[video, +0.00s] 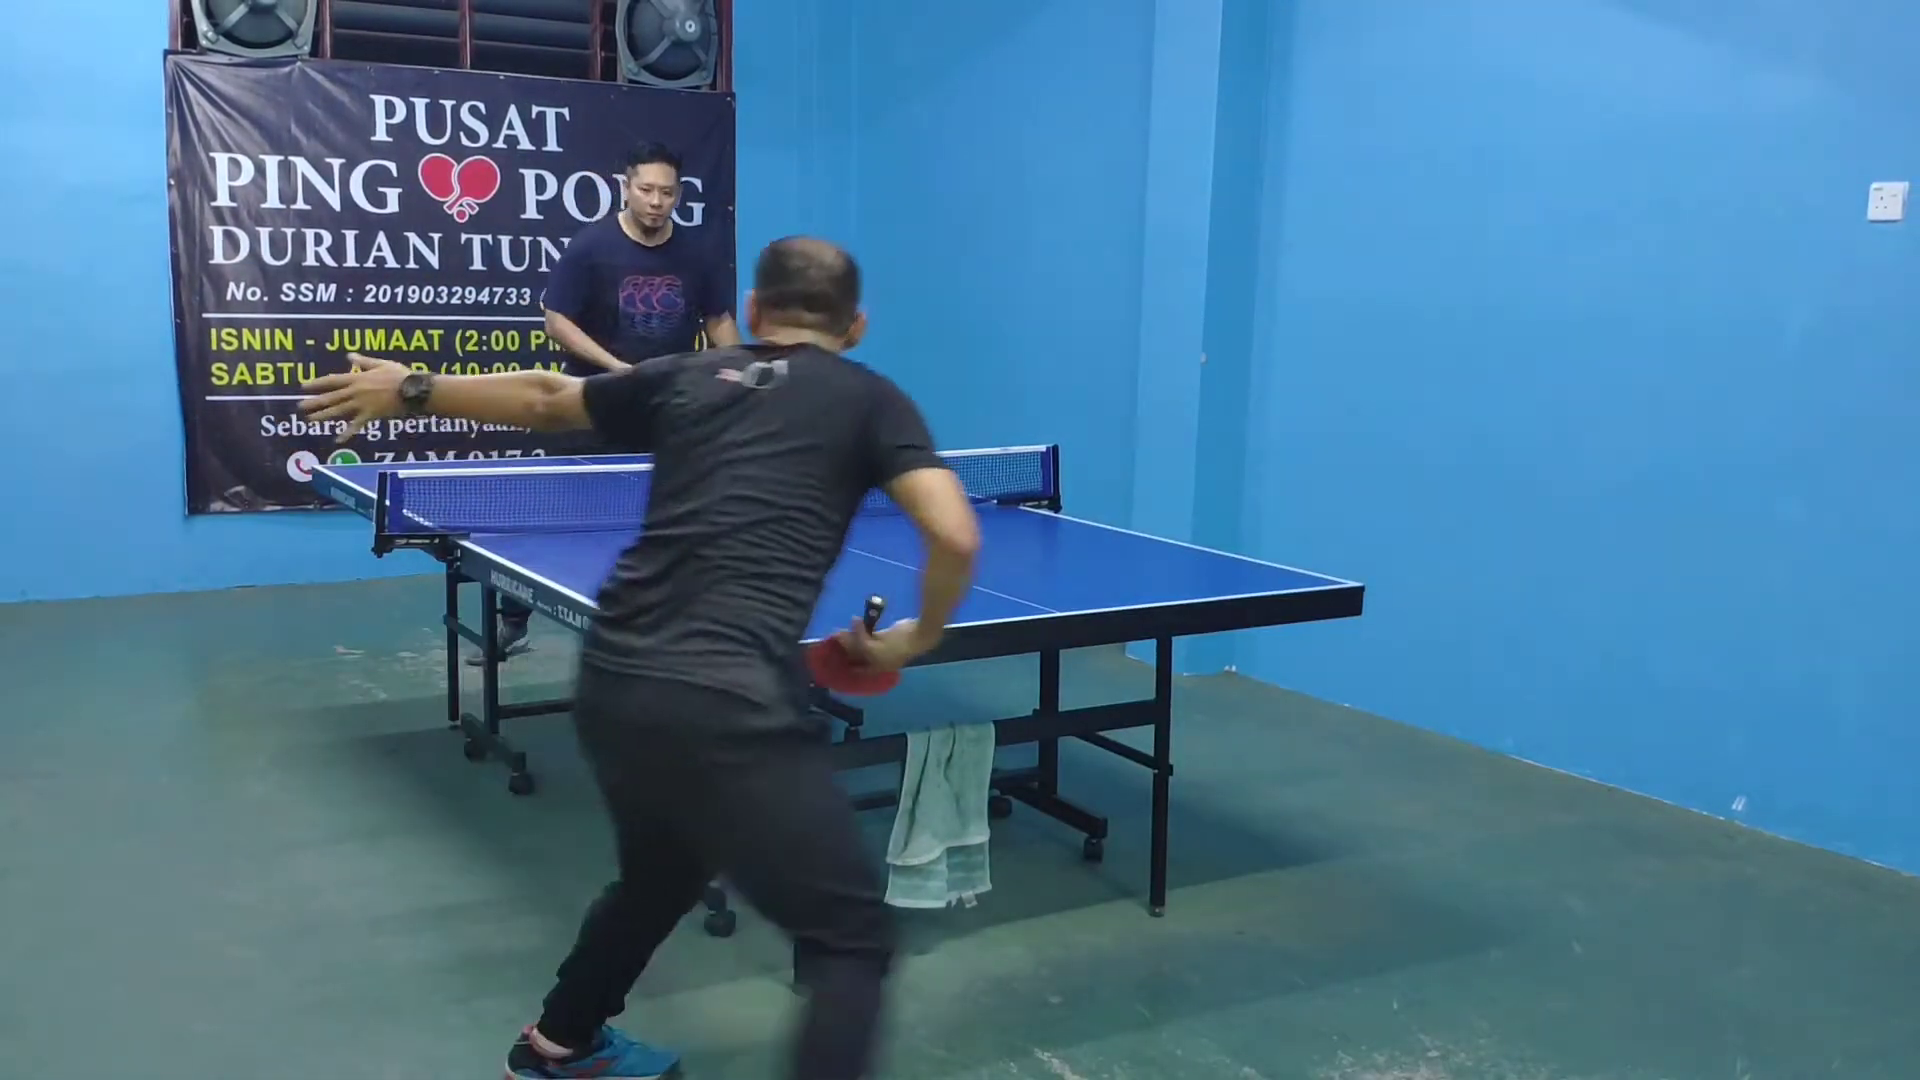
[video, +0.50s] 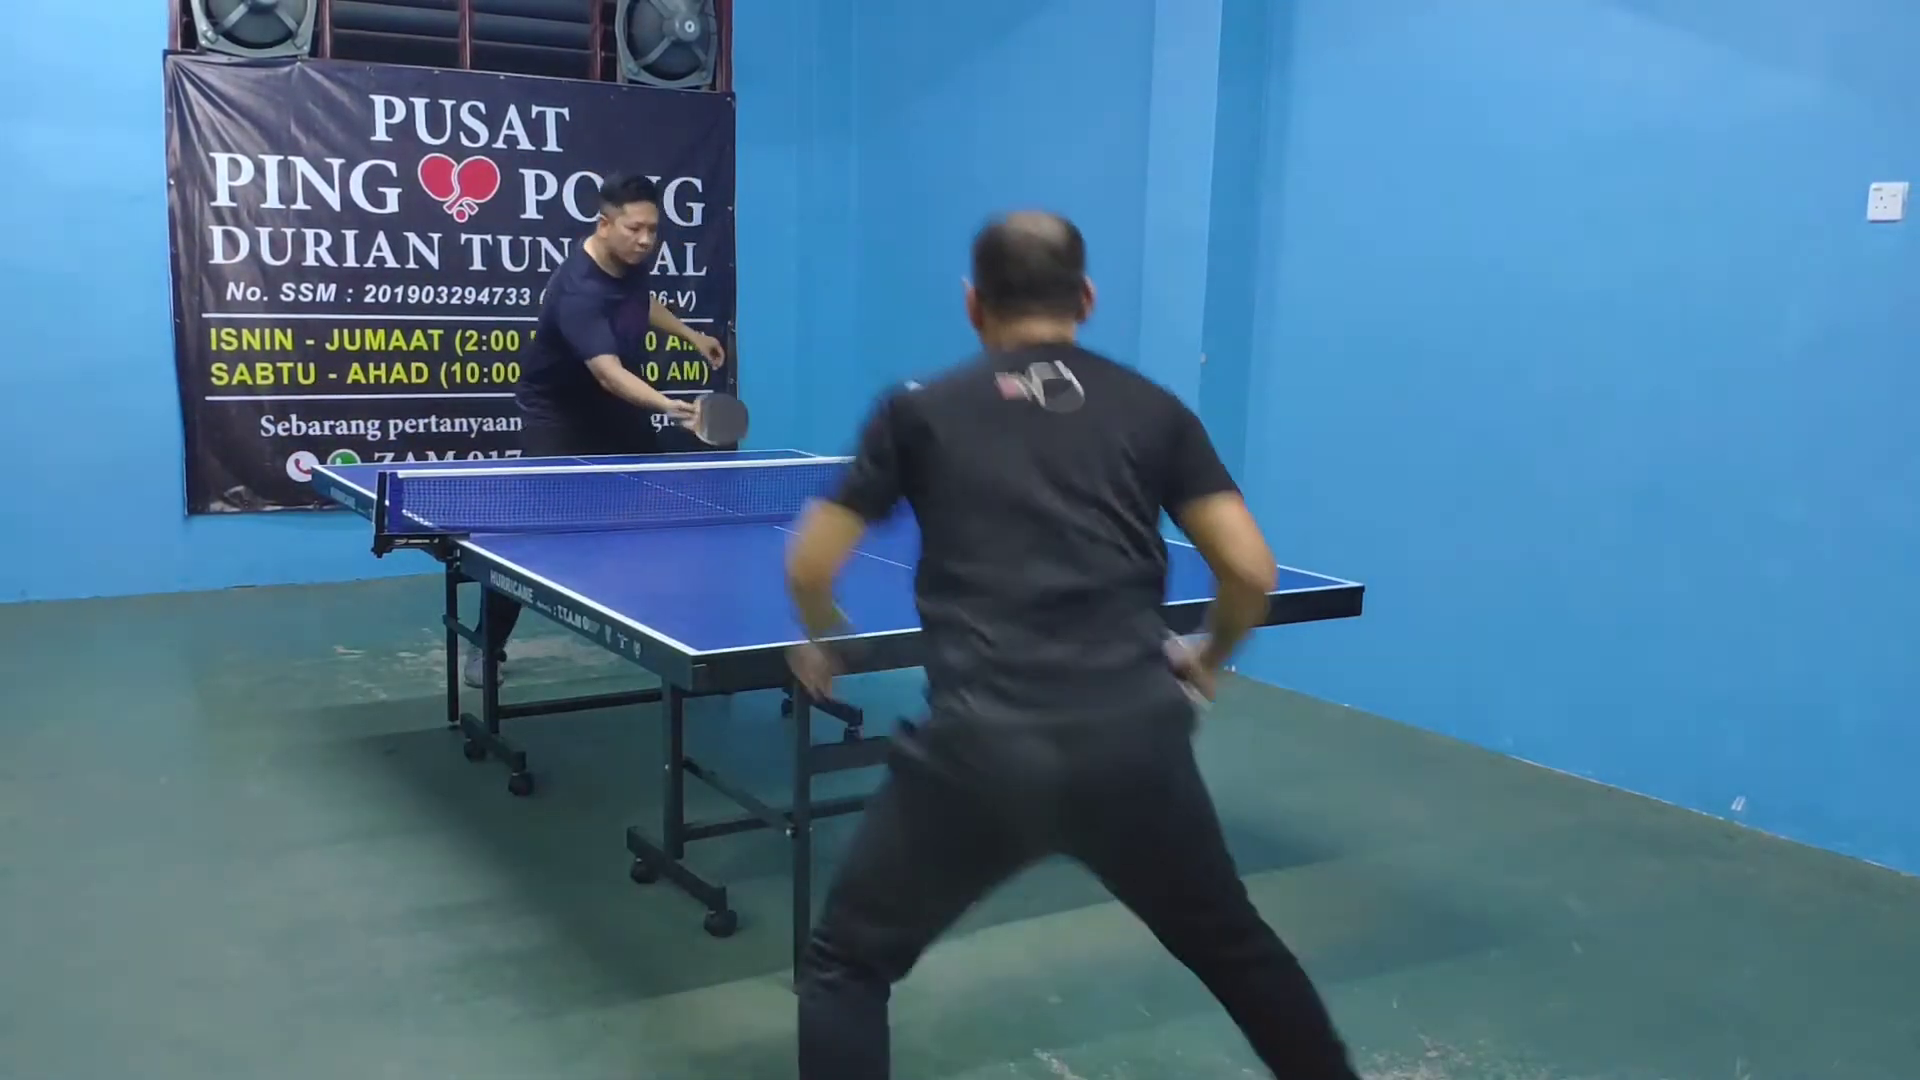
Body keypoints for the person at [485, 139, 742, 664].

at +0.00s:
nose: (657, 201)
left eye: (666, 191)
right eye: (647, 189)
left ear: (677, 196)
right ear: (626, 190)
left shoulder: (696, 254)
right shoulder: (590, 248)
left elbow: (720, 324)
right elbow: (555, 319)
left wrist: (738, 373)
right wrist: (614, 365)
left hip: (671, 412)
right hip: (594, 406)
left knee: (669, 519)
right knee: (550, 510)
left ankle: (668, 617)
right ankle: (512, 618)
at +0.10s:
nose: (665, 220)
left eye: (674, 211)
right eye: (655, 208)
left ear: (685, 211)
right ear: (633, 203)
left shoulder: (693, 255)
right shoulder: (600, 259)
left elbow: (717, 319)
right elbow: (581, 345)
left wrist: (751, 368)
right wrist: (658, 381)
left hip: (676, 410)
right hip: (604, 409)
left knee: (680, 520)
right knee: (564, 512)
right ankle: (505, 615)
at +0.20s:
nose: (672, 240)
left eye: (682, 229)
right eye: (662, 227)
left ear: (690, 226)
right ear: (636, 216)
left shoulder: (681, 262)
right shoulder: (602, 276)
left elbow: (704, 317)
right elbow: (604, 374)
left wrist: (748, 361)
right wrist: (686, 388)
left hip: (665, 419)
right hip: (595, 424)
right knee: (549, 523)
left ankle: (706, 637)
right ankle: (498, 631)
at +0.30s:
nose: (671, 251)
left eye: (679, 241)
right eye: (661, 238)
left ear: (686, 237)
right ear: (630, 228)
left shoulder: (661, 268)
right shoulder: (598, 296)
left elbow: (677, 311)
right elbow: (620, 394)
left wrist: (732, 348)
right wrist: (705, 404)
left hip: (634, 408)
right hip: (573, 417)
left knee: (718, 432)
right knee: (543, 524)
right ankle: (493, 637)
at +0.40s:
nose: (660, 252)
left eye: (666, 241)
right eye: (650, 240)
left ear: (669, 238)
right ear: (617, 234)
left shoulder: (638, 271)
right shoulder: (589, 296)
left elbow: (654, 309)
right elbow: (624, 387)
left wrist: (710, 341)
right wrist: (686, 417)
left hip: (624, 410)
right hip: (564, 417)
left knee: (700, 481)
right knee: (545, 524)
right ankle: (492, 641)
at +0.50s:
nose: (645, 241)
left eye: (652, 231)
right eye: (635, 229)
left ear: (658, 229)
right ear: (603, 223)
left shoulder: (630, 262)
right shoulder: (578, 288)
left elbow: (640, 305)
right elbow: (609, 373)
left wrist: (691, 336)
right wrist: (671, 405)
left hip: (617, 410)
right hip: (558, 416)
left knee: (667, 500)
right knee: (537, 524)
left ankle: (684, 632)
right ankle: (490, 644)